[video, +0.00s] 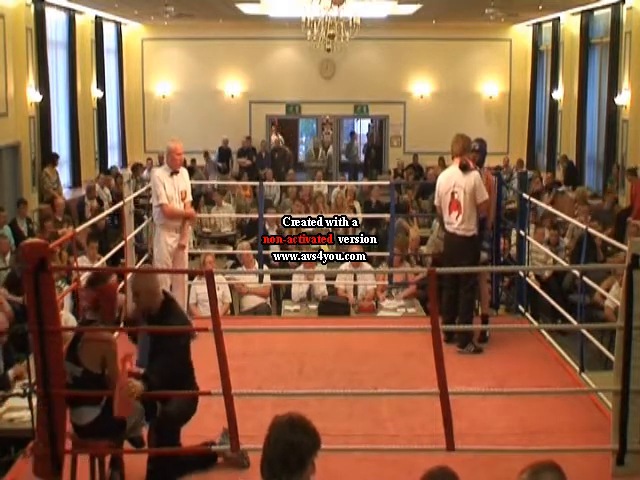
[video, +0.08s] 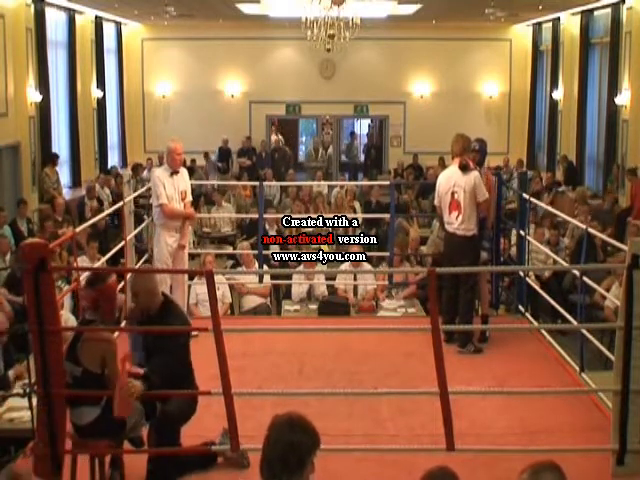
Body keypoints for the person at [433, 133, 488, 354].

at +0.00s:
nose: (470, 154)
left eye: (463, 150)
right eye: (470, 151)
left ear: (452, 152)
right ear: (469, 152)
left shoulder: (443, 176)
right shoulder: (474, 176)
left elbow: (438, 205)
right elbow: (484, 205)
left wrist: (446, 224)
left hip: (450, 235)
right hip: (469, 236)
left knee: (449, 282)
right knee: (468, 284)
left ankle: (448, 327)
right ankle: (464, 334)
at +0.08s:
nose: (470, 154)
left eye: (463, 150)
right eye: (470, 151)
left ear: (452, 152)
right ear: (469, 151)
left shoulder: (443, 176)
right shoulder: (473, 175)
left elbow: (438, 205)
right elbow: (484, 203)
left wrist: (446, 224)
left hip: (450, 235)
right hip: (469, 236)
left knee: (449, 282)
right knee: (468, 284)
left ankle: (448, 327)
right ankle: (464, 334)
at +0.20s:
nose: (469, 154)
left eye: (465, 150)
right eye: (469, 151)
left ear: (452, 152)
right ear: (469, 152)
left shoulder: (443, 176)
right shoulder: (473, 175)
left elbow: (438, 205)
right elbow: (485, 197)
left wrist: (446, 225)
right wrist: (478, 174)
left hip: (450, 235)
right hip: (468, 236)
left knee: (449, 283)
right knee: (467, 284)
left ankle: (449, 327)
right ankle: (464, 334)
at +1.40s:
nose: (466, 154)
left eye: (455, 150)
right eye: (468, 150)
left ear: (452, 151)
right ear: (470, 152)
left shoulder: (443, 177)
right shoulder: (474, 179)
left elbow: (438, 210)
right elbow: (480, 212)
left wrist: (451, 217)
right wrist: (489, 204)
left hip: (449, 235)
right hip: (468, 236)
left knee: (450, 282)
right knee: (467, 284)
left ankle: (448, 327)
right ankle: (465, 335)